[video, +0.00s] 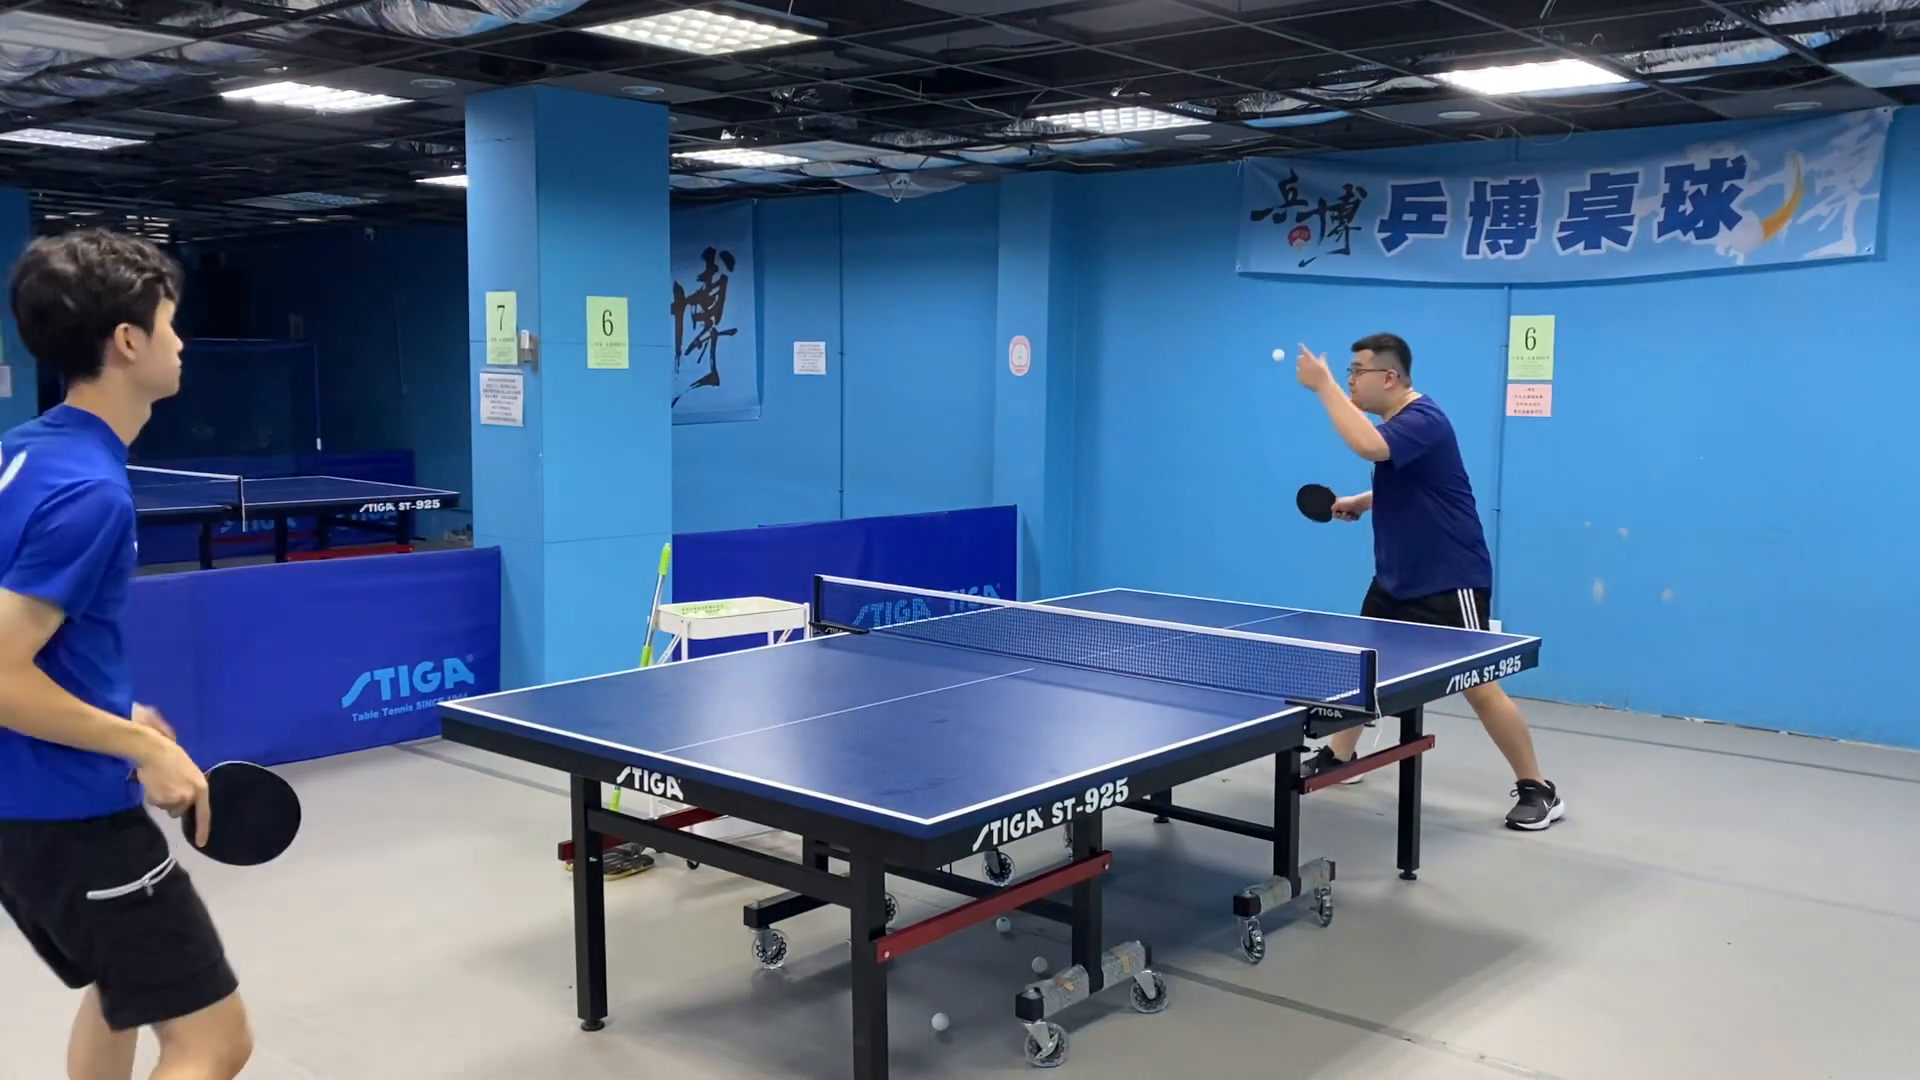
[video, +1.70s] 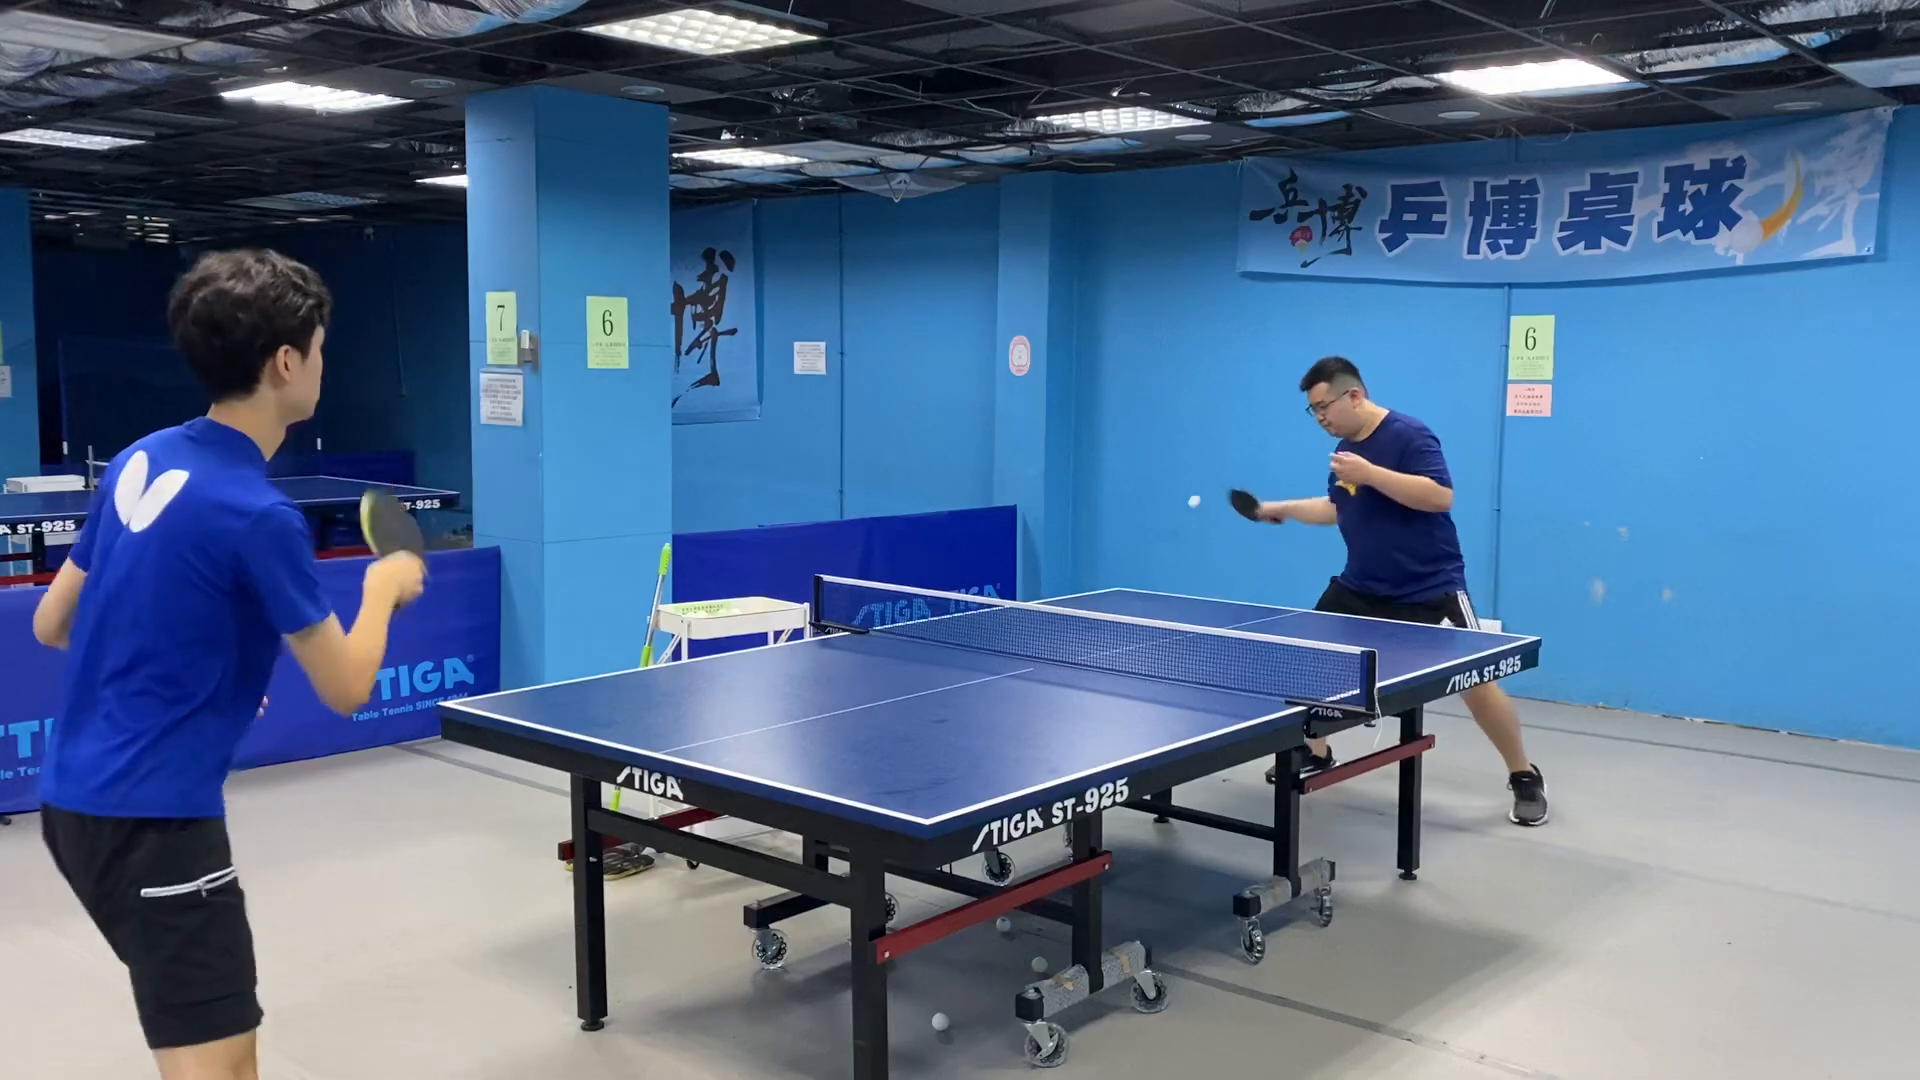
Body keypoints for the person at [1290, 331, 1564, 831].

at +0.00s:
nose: (1350, 381)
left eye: (1358, 371)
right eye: (1351, 372)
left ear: (1392, 377)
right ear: (1387, 379)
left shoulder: (1424, 419)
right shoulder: (1393, 422)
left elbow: (1373, 445)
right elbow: (1410, 489)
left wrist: (1325, 386)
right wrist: (1364, 501)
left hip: (1450, 578)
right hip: (1396, 576)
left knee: (1479, 686)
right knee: (1360, 665)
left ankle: (1535, 787)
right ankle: (1340, 754)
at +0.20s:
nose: (1358, 389)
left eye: (1363, 380)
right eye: (1358, 381)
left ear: (1391, 382)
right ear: (1392, 382)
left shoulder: (1437, 421)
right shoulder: (1402, 429)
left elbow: (1437, 466)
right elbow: (1409, 491)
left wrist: (1382, 412)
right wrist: (1364, 485)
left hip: (1461, 584)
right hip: (1406, 581)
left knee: (1481, 689)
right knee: (1365, 670)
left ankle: (1536, 786)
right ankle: (1339, 755)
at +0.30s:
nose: (1366, 397)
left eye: (1369, 387)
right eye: (1365, 388)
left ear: (1397, 386)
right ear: (1399, 387)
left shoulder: (1454, 426)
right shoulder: (1408, 436)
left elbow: (1476, 487)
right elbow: (1414, 503)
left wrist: (1405, 455)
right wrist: (1361, 492)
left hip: (1469, 589)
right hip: (1411, 586)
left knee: (1483, 689)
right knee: (1367, 670)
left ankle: (1538, 787)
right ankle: (1340, 755)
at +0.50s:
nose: (1392, 411)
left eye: (1396, 400)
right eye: (1388, 402)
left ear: (1430, 390)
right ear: (1420, 394)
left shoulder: (1491, 436)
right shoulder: (1411, 440)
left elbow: (1521, 506)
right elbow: (1392, 496)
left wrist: (1441, 514)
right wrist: (1343, 487)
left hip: (1483, 595)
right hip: (1414, 587)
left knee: (1497, 689)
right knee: (1353, 663)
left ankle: (1539, 789)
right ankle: (1331, 745)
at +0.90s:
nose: (1363, 425)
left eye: (1373, 415)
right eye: (1356, 415)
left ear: (1402, 410)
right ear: (1350, 413)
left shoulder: (1449, 451)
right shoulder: (1346, 458)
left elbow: (1490, 497)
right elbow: (1335, 520)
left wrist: (1444, 532)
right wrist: (1320, 516)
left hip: (1453, 595)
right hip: (1370, 594)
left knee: (1500, 673)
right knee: (1313, 660)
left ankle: (1533, 781)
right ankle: (1315, 751)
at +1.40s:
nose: (1336, 401)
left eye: (1345, 391)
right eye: (1329, 393)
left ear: (1375, 387)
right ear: (1326, 396)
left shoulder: (1427, 428)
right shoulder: (1340, 449)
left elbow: (1473, 481)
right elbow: (1341, 505)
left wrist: (1403, 497)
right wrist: (1292, 533)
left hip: (1450, 585)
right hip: (1374, 585)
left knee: (1489, 676)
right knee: (1328, 662)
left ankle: (1524, 779)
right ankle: (1316, 751)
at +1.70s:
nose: (1319, 420)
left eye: (1323, 408)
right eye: (1315, 412)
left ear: (1356, 397)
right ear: (1344, 404)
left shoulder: (1410, 434)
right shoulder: (1342, 452)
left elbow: (1441, 497)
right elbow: (1339, 510)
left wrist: (1370, 474)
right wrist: (1283, 509)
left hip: (1431, 590)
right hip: (1359, 587)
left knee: (1475, 681)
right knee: (1301, 658)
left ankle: (1524, 777)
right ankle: (1315, 750)